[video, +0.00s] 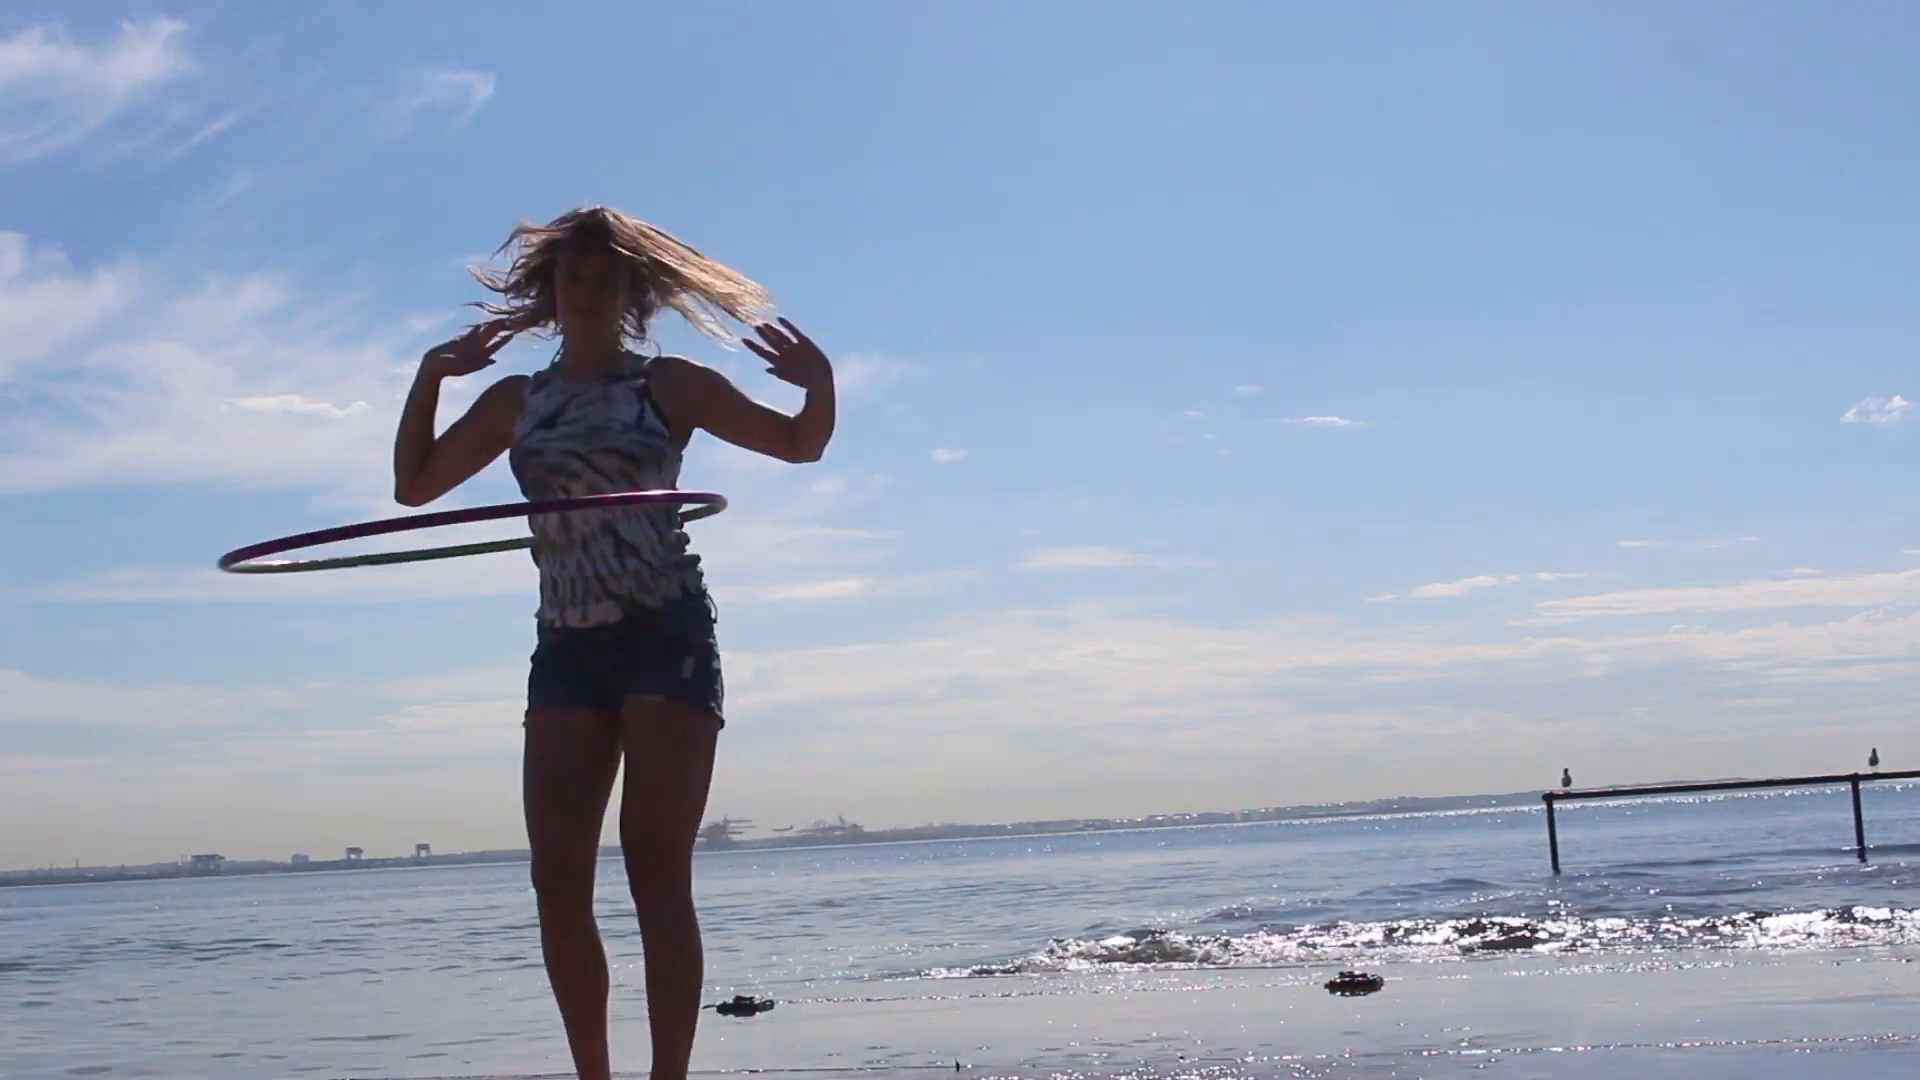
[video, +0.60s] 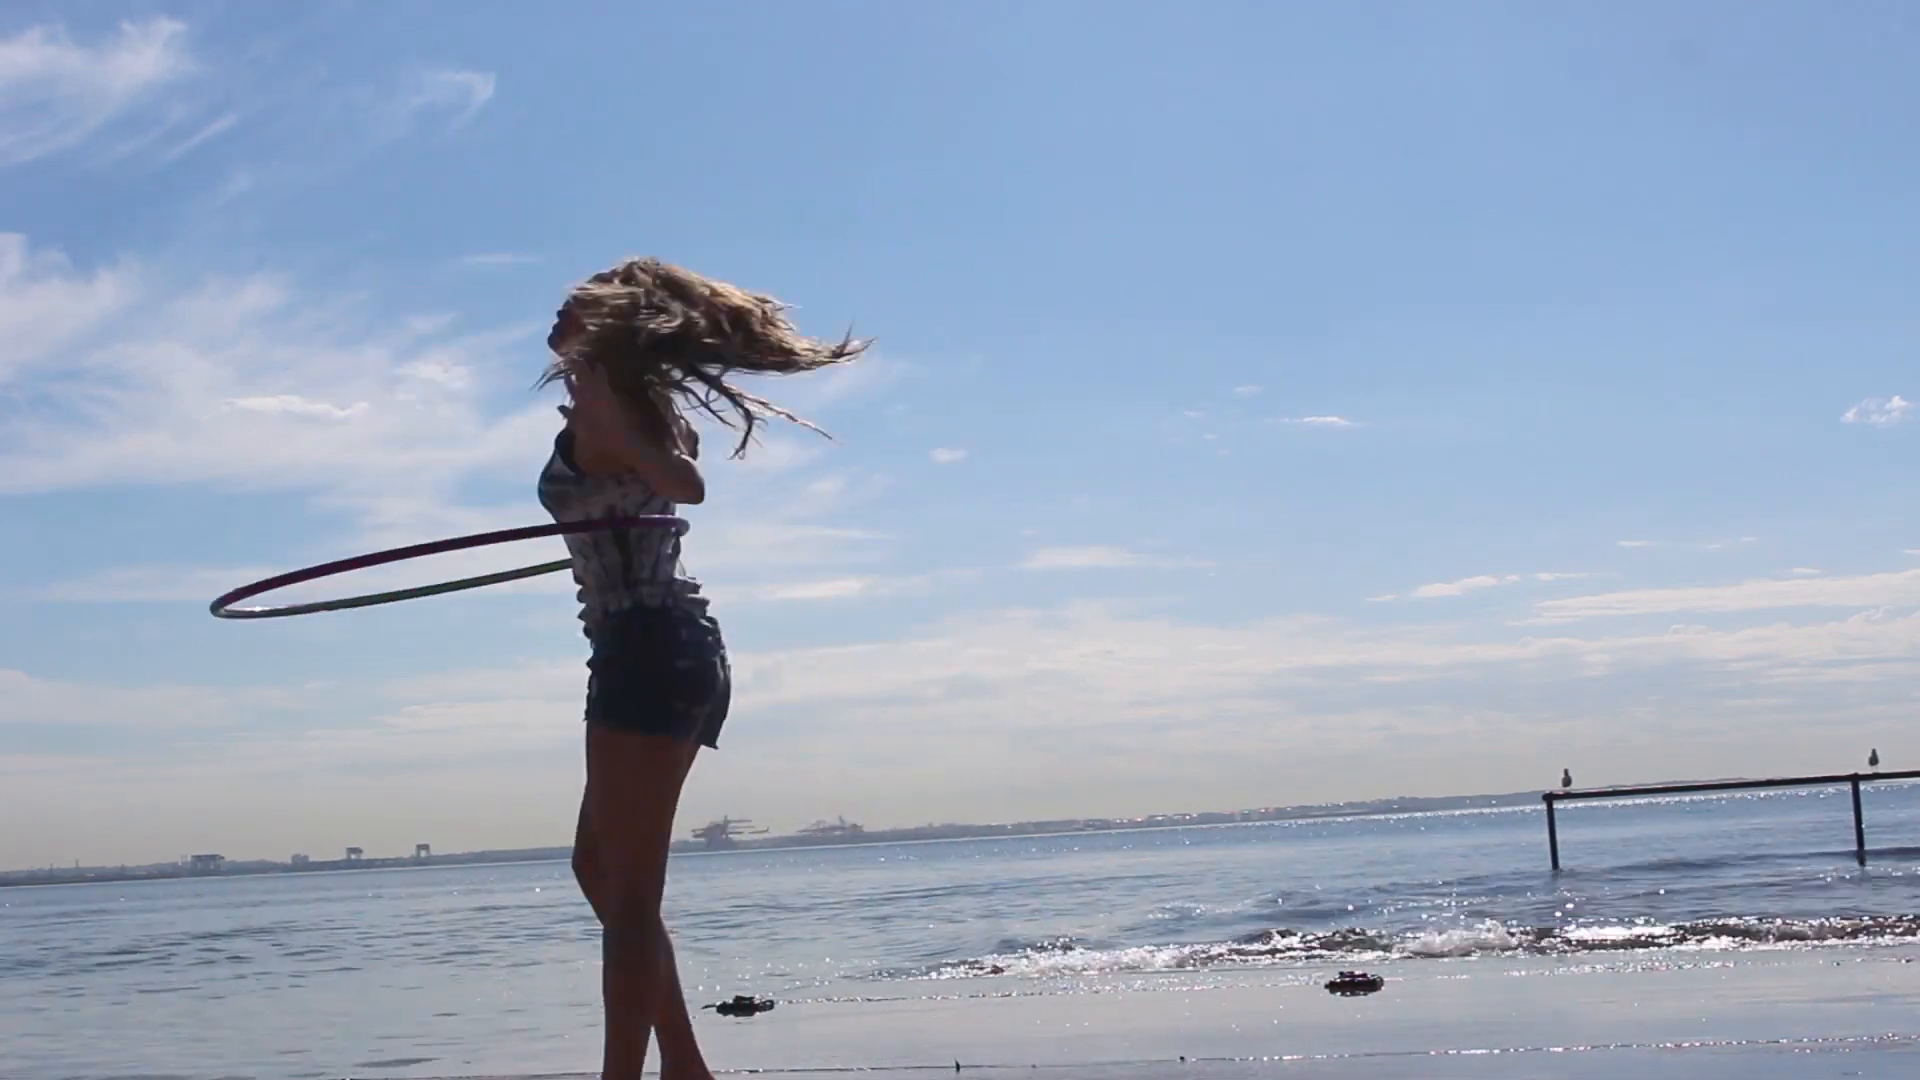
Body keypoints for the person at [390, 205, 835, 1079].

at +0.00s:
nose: (585, 288)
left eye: (601, 275)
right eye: (571, 274)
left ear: (630, 289)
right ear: (548, 287)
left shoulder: (671, 384)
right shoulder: (517, 400)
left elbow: (800, 445)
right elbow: (415, 483)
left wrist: (821, 380)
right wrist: (430, 373)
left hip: (666, 635)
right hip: (568, 643)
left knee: (656, 877)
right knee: (558, 884)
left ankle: (669, 1075)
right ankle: (594, 1075)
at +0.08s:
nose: (608, 280)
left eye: (618, 265)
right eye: (588, 266)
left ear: (635, 276)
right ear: (552, 279)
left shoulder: (666, 373)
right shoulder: (516, 387)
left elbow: (764, 408)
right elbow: (387, 458)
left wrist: (839, 372)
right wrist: (435, 343)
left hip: (660, 637)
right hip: (557, 642)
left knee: (663, 875)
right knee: (591, 878)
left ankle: (691, 1069)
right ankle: (600, 1074)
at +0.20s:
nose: (679, 347)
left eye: (687, 337)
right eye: (679, 331)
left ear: (633, 311)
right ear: (638, 313)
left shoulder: (602, 387)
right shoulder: (561, 378)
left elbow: (634, 410)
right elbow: (458, 418)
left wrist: (702, 378)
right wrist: (554, 354)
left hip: (622, 645)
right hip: (587, 644)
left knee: (666, 866)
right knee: (592, 872)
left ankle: (651, 1072)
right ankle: (519, 1072)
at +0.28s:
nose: (674, 385)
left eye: (682, 373)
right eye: (679, 365)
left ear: (631, 337)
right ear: (651, 338)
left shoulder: (549, 399)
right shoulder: (607, 387)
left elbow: (474, 456)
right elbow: (547, 398)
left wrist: (532, 413)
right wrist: (599, 359)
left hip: (576, 663)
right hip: (637, 657)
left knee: (640, 892)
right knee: (608, 893)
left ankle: (629, 1073)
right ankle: (513, 1073)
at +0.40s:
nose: (506, 395)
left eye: (503, 384)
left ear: (519, 379)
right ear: (574, 340)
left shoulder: (529, 442)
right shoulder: (661, 401)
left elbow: (412, 505)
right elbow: (764, 408)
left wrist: (417, 410)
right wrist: (729, 336)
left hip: (550, 682)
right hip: (646, 677)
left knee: (610, 893)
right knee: (708, 883)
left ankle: (620, 1067)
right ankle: (624, 1051)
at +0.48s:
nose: (523, 403)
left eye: (522, 391)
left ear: (538, 385)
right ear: (598, 357)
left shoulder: (561, 449)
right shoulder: (697, 416)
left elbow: (504, 525)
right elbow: (826, 437)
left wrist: (414, 449)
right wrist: (753, 365)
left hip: (568, 682)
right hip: (669, 678)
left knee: (606, 898)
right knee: (672, 880)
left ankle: (620, 1073)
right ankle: (701, 1052)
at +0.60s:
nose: (560, 321)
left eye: (576, 311)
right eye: (566, 307)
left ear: (607, 329)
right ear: (617, 333)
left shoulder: (614, 402)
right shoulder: (603, 402)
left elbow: (686, 483)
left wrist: (616, 453)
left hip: (649, 651)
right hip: (660, 646)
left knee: (632, 884)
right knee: (597, 864)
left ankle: (623, 1072)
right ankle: (684, 1063)